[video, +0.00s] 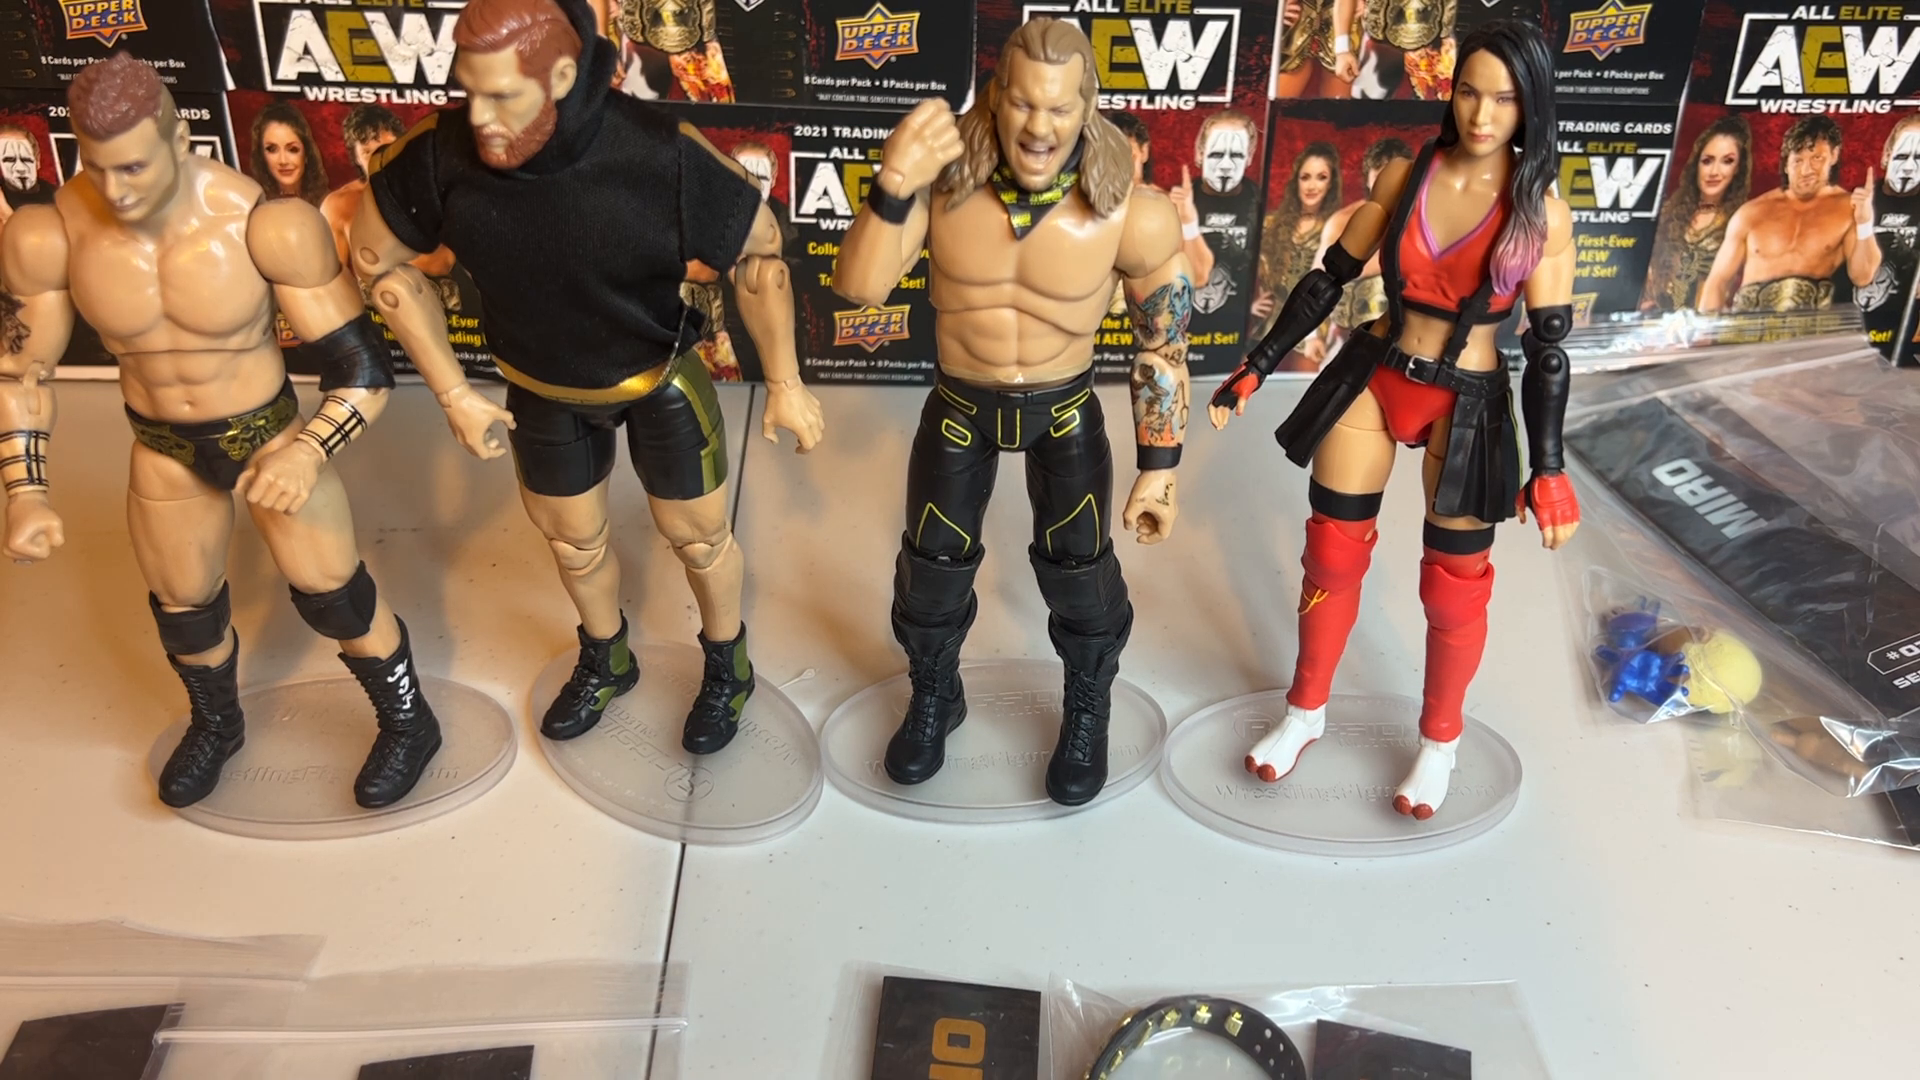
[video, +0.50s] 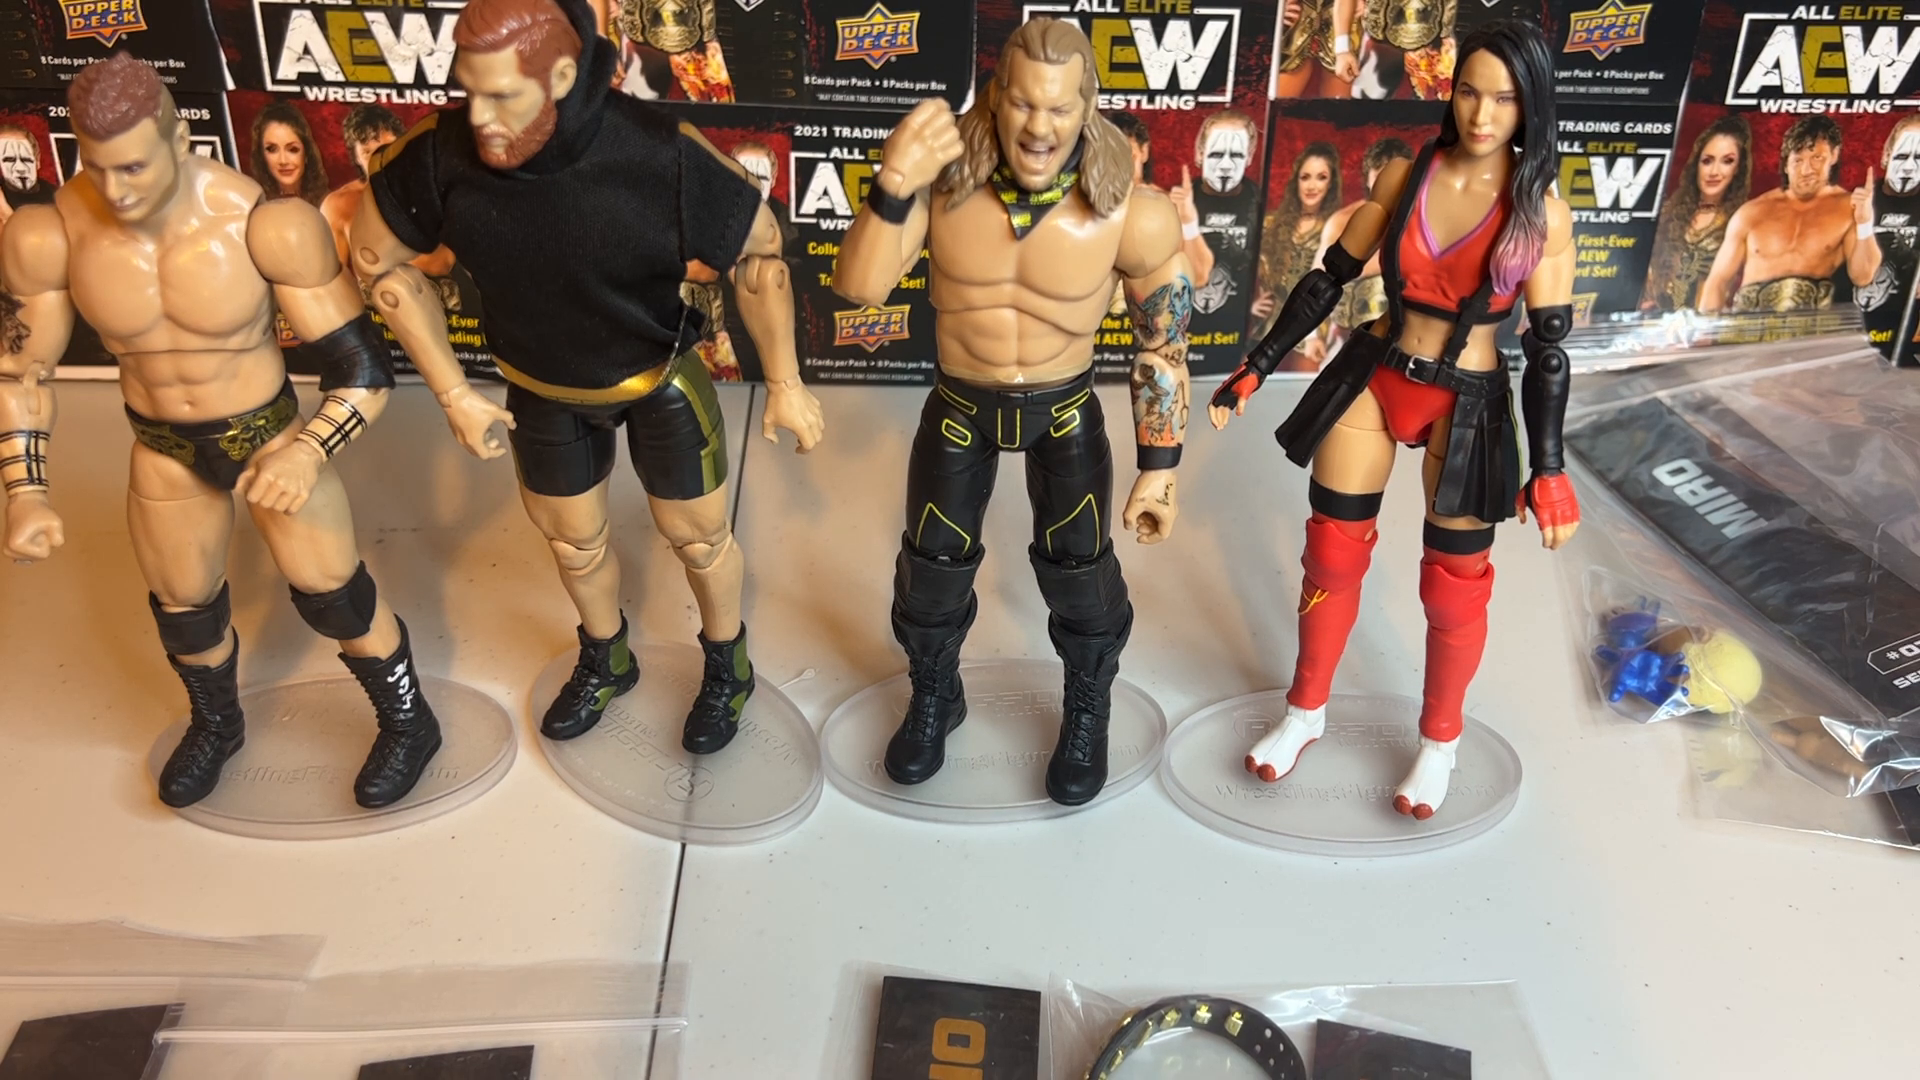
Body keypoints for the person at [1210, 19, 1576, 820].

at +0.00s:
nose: (1480, 113)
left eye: (1501, 99)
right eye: (1469, 94)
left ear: (1529, 108)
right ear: (1451, 94)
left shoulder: (1540, 208)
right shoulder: (1406, 174)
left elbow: (1549, 345)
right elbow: (1333, 274)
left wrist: (1549, 466)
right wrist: (1256, 364)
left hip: (1467, 404)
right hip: (1372, 382)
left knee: (1454, 591)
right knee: (1331, 560)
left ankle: (1438, 742)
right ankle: (1304, 710)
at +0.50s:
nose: (1480, 114)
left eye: (1501, 99)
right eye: (1469, 94)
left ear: (1529, 108)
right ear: (1451, 94)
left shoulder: (1540, 208)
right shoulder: (1406, 174)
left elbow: (1549, 343)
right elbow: (1333, 273)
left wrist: (1549, 466)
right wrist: (1257, 364)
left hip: (1467, 404)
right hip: (1371, 383)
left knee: (1454, 592)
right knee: (1331, 560)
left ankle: (1438, 742)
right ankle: (1304, 710)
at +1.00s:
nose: (1480, 113)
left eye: (1501, 99)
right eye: (1469, 94)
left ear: (1529, 108)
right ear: (1451, 94)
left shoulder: (1540, 209)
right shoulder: (1406, 175)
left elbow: (1549, 346)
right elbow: (1332, 274)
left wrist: (1549, 467)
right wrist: (1255, 365)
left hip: (1467, 404)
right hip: (1372, 382)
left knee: (1454, 590)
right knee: (1331, 559)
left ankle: (1438, 741)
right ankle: (1305, 709)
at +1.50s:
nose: (1480, 113)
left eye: (1501, 99)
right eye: (1469, 93)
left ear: (1529, 108)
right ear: (1450, 93)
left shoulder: (1540, 209)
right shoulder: (1407, 174)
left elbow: (1549, 345)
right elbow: (1333, 273)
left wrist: (1549, 466)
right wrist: (1257, 363)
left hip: (1466, 404)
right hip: (1371, 382)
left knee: (1454, 591)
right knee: (1331, 560)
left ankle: (1438, 742)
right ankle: (1304, 710)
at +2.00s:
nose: (1480, 114)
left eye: (1501, 99)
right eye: (1469, 94)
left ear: (1529, 108)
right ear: (1450, 94)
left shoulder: (1540, 207)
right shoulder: (1406, 175)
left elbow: (1549, 344)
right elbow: (1332, 274)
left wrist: (1549, 466)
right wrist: (1257, 364)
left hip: (1466, 404)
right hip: (1371, 383)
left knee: (1454, 592)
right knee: (1331, 561)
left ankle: (1438, 741)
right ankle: (1304, 710)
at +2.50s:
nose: (1480, 115)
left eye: (1501, 100)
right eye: (1469, 95)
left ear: (1529, 109)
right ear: (1450, 95)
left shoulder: (1540, 209)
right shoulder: (1406, 176)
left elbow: (1549, 345)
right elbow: (1332, 275)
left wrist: (1549, 467)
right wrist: (1255, 366)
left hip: (1466, 406)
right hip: (1372, 383)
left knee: (1454, 591)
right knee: (1331, 560)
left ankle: (1438, 742)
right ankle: (1304, 711)